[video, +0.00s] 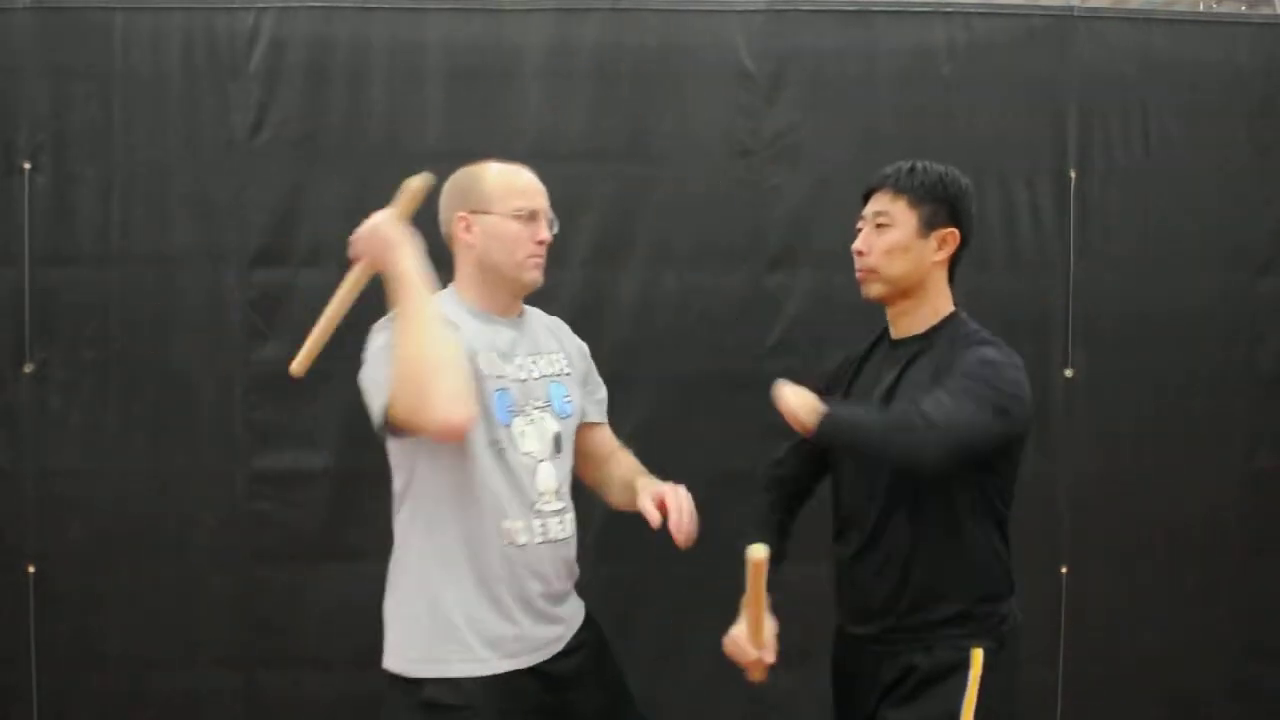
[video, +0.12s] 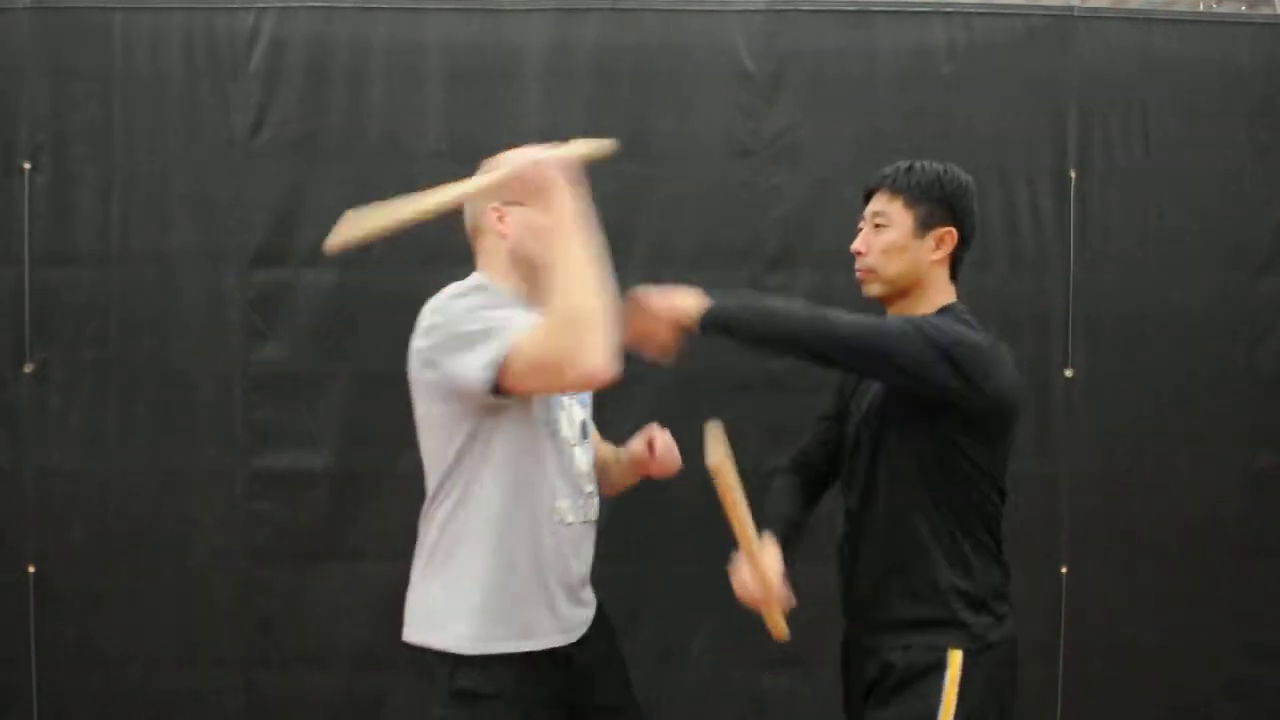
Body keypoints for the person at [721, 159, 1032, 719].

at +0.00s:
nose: (858, 245)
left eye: (881, 227)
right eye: (860, 229)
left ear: (942, 244)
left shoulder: (991, 369)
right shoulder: (855, 371)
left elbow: (929, 438)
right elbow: (782, 483)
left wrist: (825, 420)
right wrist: (756, 598)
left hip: (955, 654)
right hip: (863, 651)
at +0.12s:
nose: (857, 246)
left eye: (879, 227)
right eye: (862, 228)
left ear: (941, 243)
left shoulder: (968, 354)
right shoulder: (879, 361)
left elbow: (832, 332)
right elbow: (805, 469)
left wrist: (702, 308)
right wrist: (768, 540)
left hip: (950, 654)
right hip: (876, 648)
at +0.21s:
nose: (855, 244)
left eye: (878, 226)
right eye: (862, 226)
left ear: (939, 243)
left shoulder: (961, 350)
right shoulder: (890, 354)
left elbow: (818, 319)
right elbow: (814, 427)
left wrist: (705, 280)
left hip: (939, 649)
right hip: (885, 643)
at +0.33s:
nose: (859, 245)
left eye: (877, 227)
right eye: (867, 226)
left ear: (934, 246)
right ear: (930, 248)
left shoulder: (944, 348)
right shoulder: (925, 344)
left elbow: (777, 362)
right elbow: (784, 390)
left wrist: (791, 257)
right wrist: (744, 270)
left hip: (911, 647)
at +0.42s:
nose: (861, 250)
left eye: (876, 231)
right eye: (868, 231)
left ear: (927, 251)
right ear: (928, 252)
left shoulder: (931, 358)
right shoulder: (969, 345)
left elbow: (753, 400)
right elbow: (809, 378)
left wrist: (795, 327)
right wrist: (786, 276)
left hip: (896, 652)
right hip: (943, 641)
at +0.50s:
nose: (861, 248)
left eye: (872, 233)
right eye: (867, 232)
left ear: (918, 253)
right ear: (924, 255)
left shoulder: (894, 368)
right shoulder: (988, 358)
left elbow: (737, 451)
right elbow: (840, 411)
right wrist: (836, 283)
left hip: (883, 658)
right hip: (964, 645)